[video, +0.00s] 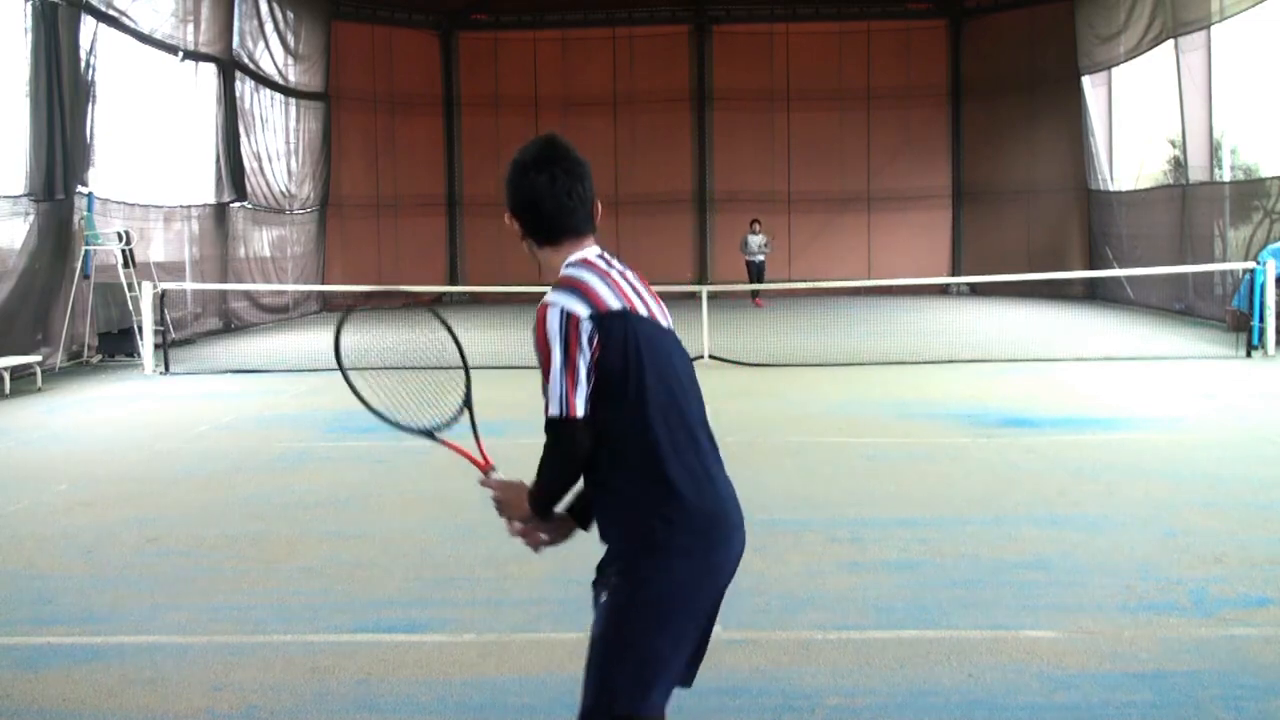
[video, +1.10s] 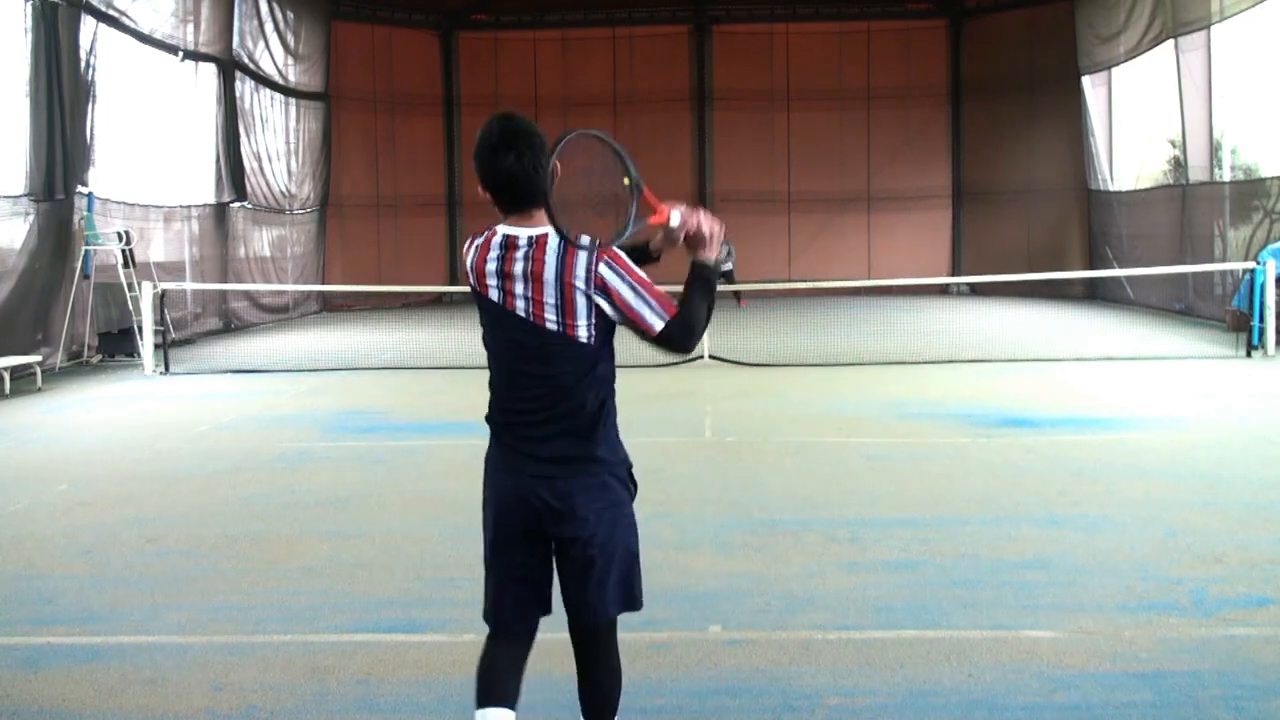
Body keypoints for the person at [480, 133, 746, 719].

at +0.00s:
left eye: (506, 215)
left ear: (515, 226)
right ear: (597, 210)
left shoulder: (565, 302)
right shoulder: (629, 283)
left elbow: (571, 437)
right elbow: (639, 434)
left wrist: (534, 500)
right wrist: (569, 519)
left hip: (661, 539)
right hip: (708, 525)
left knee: (613, 706)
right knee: (642, 699)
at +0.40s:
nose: (505, 249)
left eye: (506, 235)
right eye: (508, 232)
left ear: (515, 246)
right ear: (581, 229)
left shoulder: (599, 289)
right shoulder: (549, 331)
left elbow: (625, 415)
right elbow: (540, 419)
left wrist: (522, 425)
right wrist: (504, 457)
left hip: (691, 529)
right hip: (655, 532)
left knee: (673, 705)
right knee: (610, 631)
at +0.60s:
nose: (503, 262)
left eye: (502, 250)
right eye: (501, 250)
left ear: (517, 254)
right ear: (568, 239)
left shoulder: (578, 306)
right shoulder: (564, 312)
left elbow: (580, 428)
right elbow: (527, 412)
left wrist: (530, 520)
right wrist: (494, 498)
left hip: (627, 529)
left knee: (607, 691)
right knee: (576, 657)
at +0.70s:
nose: (500, 247)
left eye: (499, 236)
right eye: (497, 234)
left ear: (517, 237)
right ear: (571, 219)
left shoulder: (513, 297)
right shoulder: (638, 286)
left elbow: (512, 403)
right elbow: (624, 382)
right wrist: (527, 424)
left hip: (583, 500)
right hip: (659, 493)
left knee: (627, 683)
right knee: (628, 635)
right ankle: (612, 707)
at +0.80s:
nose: (488, 218)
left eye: (486, 208)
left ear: (495, 216)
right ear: (558, 196)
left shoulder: (495, 280)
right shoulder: (619, 263)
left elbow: (558, 293)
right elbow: (673, 329)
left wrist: (632, 262)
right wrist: (661, 267)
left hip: (560, 485)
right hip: (638, 482)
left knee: (602, 649)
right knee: (625, 634)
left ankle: (625, 716)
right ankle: (615, 715)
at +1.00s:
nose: (565, 169)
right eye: (564, 162)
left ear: (491, 190)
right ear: (561, 175)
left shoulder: (488, 255)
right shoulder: (601, 260)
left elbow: (574, 241)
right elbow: (699, 301)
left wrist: (657, 205)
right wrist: (712, 224)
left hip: (521, 476)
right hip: (598, 476)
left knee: (532, 636)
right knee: (602, 631)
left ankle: (529, 718)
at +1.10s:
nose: (477, 186)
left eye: (478, 177)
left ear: (484, 188)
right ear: (550, 175)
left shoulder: (479, 257)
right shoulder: (592, 263)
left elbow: (560, 270)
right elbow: (681, 335)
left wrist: (647, 246)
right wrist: (707, 263)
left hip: (511, 478)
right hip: (588, 481)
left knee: (509, 627)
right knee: (595, 634)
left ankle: (491, 718)